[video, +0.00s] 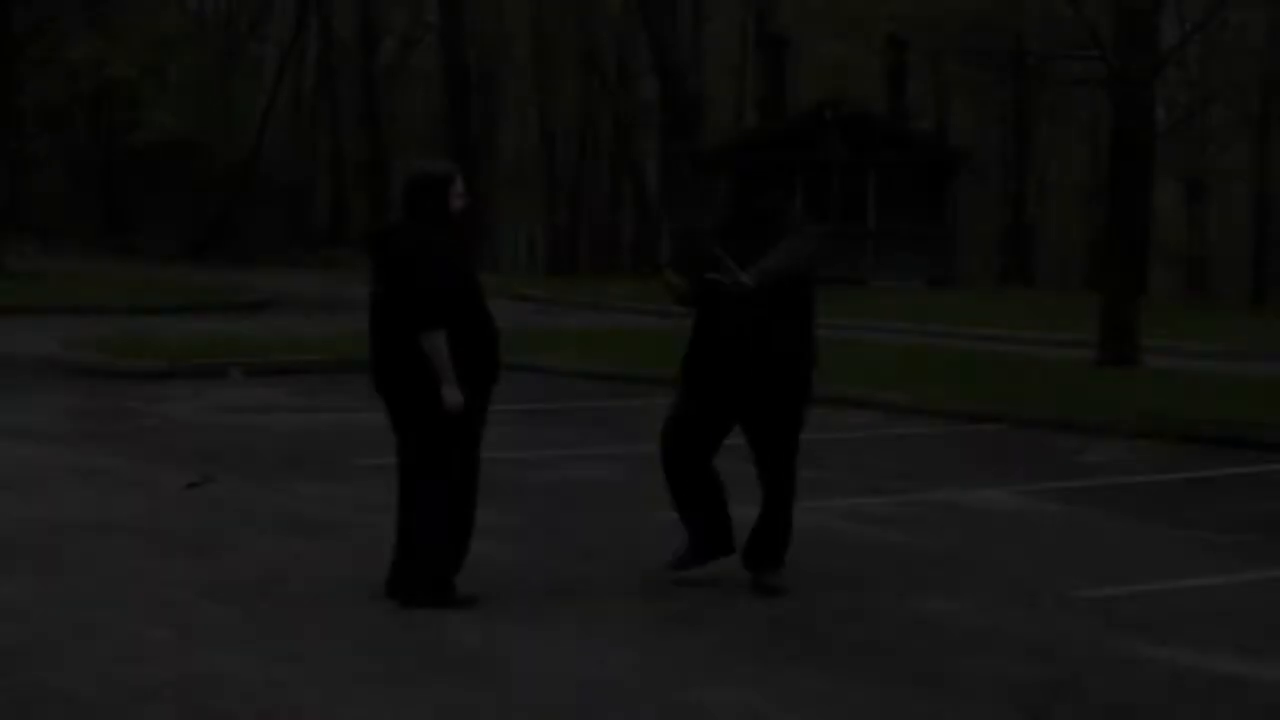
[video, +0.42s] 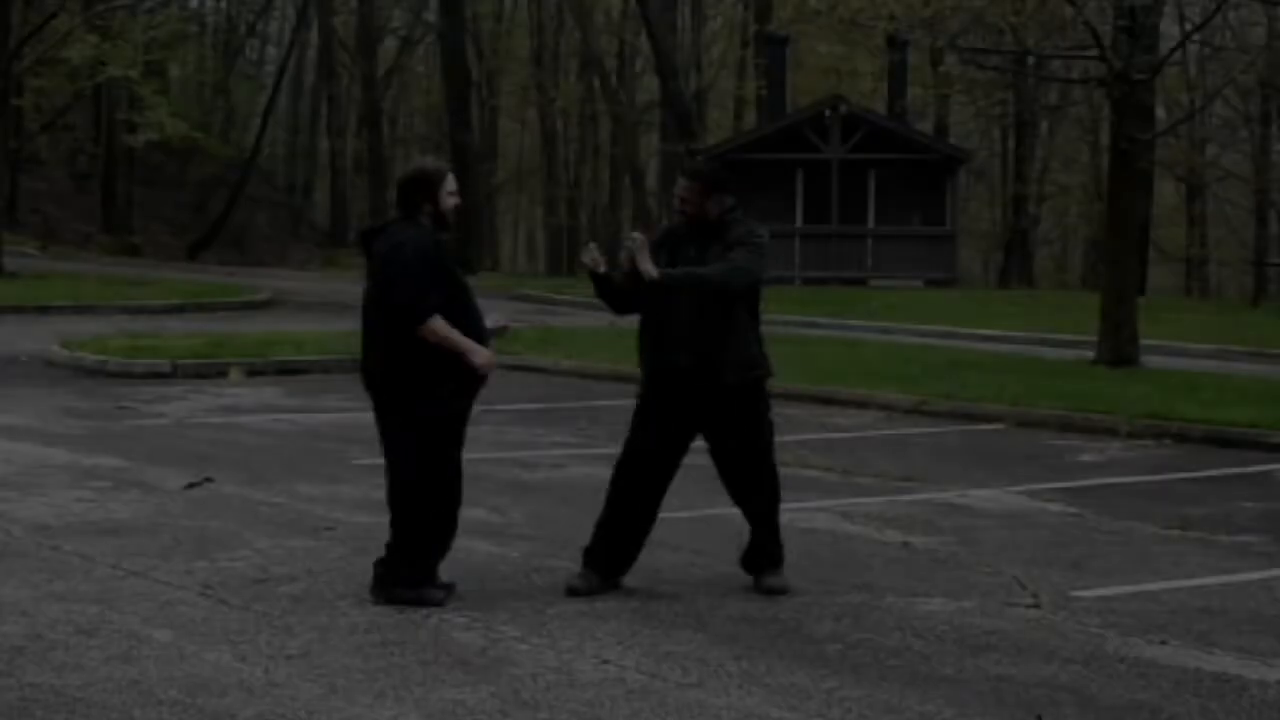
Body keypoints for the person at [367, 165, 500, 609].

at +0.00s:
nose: (463, 204)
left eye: (461, 195)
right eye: (456, 196)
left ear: (421, 200)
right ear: (439, 201)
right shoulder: (436, 247)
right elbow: (433, 327)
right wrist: (451, 385)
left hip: (416, 390)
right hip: (443, 394)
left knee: (425, 486)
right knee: (445, 489)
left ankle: (415, 577)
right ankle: (432, 582)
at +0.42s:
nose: (456, 202)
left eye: (455, 193)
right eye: (450, 194)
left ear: (418, 200)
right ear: (428, 199)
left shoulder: (411, 241)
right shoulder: (415, 246)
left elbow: (424, 309)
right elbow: (423, 315)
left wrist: (476, 333)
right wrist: (470, 348)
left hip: (417, 384)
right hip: (418, 388)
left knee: (422, 479)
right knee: (427, 481)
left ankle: (411, 571)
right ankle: (408, 577)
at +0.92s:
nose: (449, 218)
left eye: (450, 209)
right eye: (441, 210)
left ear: (419, 215)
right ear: (415, 213)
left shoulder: (431, 255)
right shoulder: (389, 257)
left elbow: (468, 304)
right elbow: (437, 308)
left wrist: (513, 268)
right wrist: (476, 267)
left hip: (436, 399)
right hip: (393, 404)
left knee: (466, 484)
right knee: (392, 493)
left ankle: (468, 571)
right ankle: (386, 581)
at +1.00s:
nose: (453, 219)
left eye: (453, 210)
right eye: (445, 210)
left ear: (433, 215)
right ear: (418, 213)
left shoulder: (437, 258)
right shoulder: (389, 259)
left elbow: (466, 310)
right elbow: (431, 311)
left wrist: (514, 271)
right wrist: (476, 272)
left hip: (438, 400)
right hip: (392, 403)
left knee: (465, 482)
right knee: (390, 492)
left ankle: (466, 571)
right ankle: (385, 580)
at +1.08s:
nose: (458, 220)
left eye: (458, 212)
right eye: (450, 212)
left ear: (439, 216)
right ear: (423, 216)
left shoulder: (444, 260)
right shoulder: (392, 262)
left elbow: (475, 310)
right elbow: (427, 317)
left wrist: (522, 261)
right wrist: (476, 278)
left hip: (442, 403)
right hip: (394, 407)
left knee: (470, 474)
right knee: (391, 492)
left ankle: (469, 569)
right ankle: (385, 579)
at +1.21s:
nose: (466, 224)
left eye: (466, 215)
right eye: (458, 216)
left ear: (440, 221)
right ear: (430, 219)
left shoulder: (449, 263)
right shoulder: (400, 265)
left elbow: (473, 317)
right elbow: (436, 323)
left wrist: (515, 280)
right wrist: (482, 280)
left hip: (447, 402)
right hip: (401, 405)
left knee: (477, 473)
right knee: (394, 490)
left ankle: (487, 565)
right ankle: (384, 579)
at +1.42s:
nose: (488, 226)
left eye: (488, 218)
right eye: (480, 218)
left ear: (462, 224)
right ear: (453, 222)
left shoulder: (465, 264)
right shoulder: (431, 265)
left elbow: (493, 316)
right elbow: (491, 308)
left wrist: (540, 321)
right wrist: (531, 265)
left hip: (464, 405)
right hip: (426, 407)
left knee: (491, 482)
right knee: (411, 494)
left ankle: (511, 562)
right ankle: (386, 580)